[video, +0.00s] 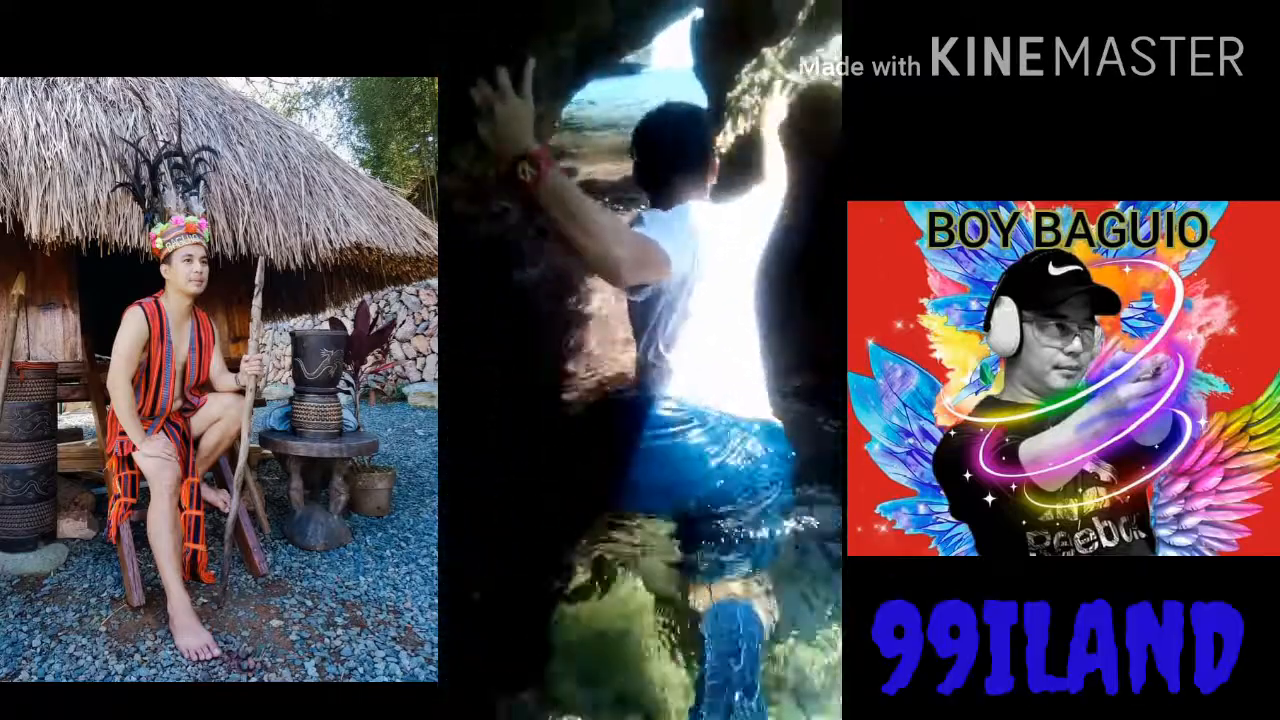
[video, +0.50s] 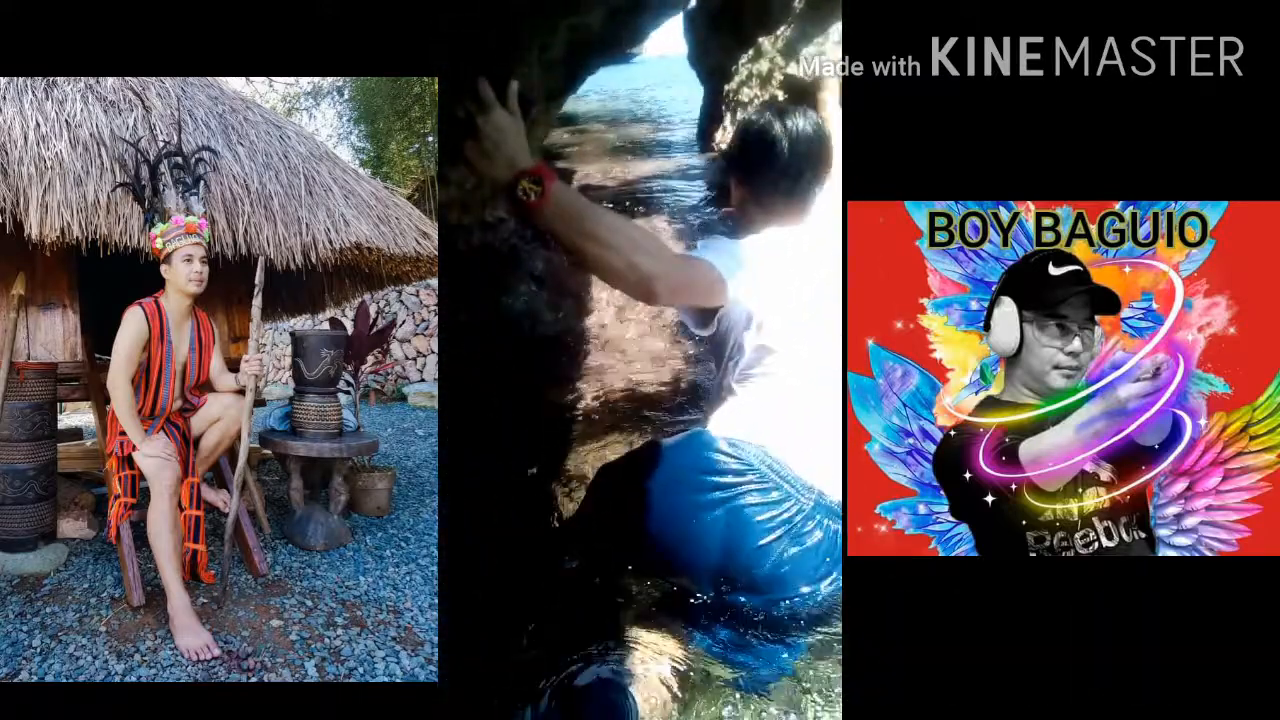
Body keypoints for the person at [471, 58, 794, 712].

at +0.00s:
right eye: (716, 156)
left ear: (643, 168)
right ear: (712, 167)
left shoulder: (679, 229)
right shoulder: (736, 225)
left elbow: (620, 259)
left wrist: (527, 157)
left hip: (690, 439)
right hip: (751, 444)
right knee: (733, 592)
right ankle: (735, 707)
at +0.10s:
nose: (769, 188)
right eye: (767, 177)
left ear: (693, 195)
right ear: (765, 190)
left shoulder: (726, 253)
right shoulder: (800, 254)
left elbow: (654, 293)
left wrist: (545, 197)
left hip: (729, 482)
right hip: (807, 490)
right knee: (780, 661)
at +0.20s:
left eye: (711, 188)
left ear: (712, 189)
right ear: (790, 186)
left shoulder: (739, 252)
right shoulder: (819, 245)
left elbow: (660, 284)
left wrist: (539, 189)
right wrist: (687, 418)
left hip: (740, 481)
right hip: (824, 492)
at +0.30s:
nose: (708, 188)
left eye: (711, 172)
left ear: (717, 175)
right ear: (798, 171)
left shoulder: (742, 243)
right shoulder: (834, 227)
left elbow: (650, 270)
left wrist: (521, 174)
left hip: (742, 483)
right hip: (831, 519)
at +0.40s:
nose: (708, 181)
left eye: (712, 166)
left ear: (719, 170)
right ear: (810, 170)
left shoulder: (742, 247)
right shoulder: (834, 223)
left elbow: (648, 267)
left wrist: (514, 167)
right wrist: (828, 98)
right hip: (830, 513)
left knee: (606, 487)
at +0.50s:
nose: (725, 197)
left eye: (727, 181)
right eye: (727, 180)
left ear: (740, 186)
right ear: (822, 183)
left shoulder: (761, 255)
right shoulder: (860, 244)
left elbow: (654, 275)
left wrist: (525, 175)